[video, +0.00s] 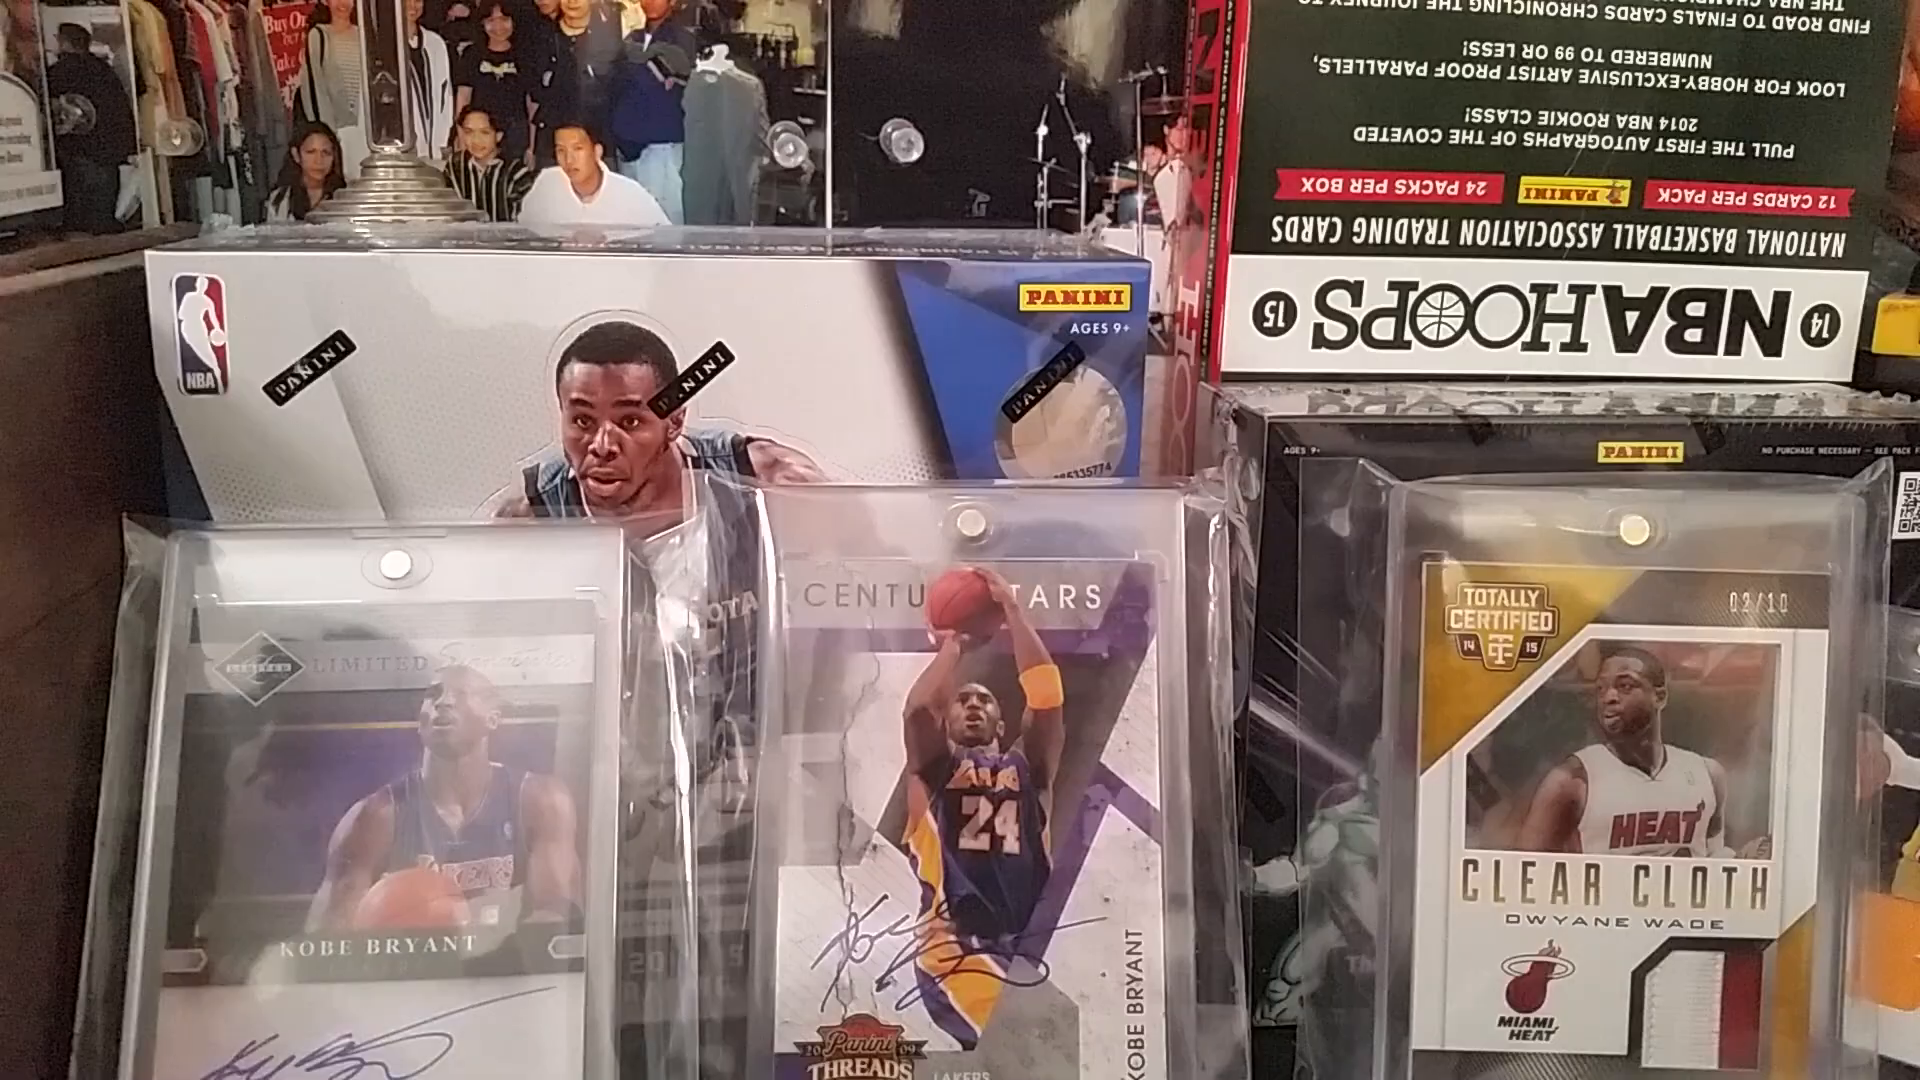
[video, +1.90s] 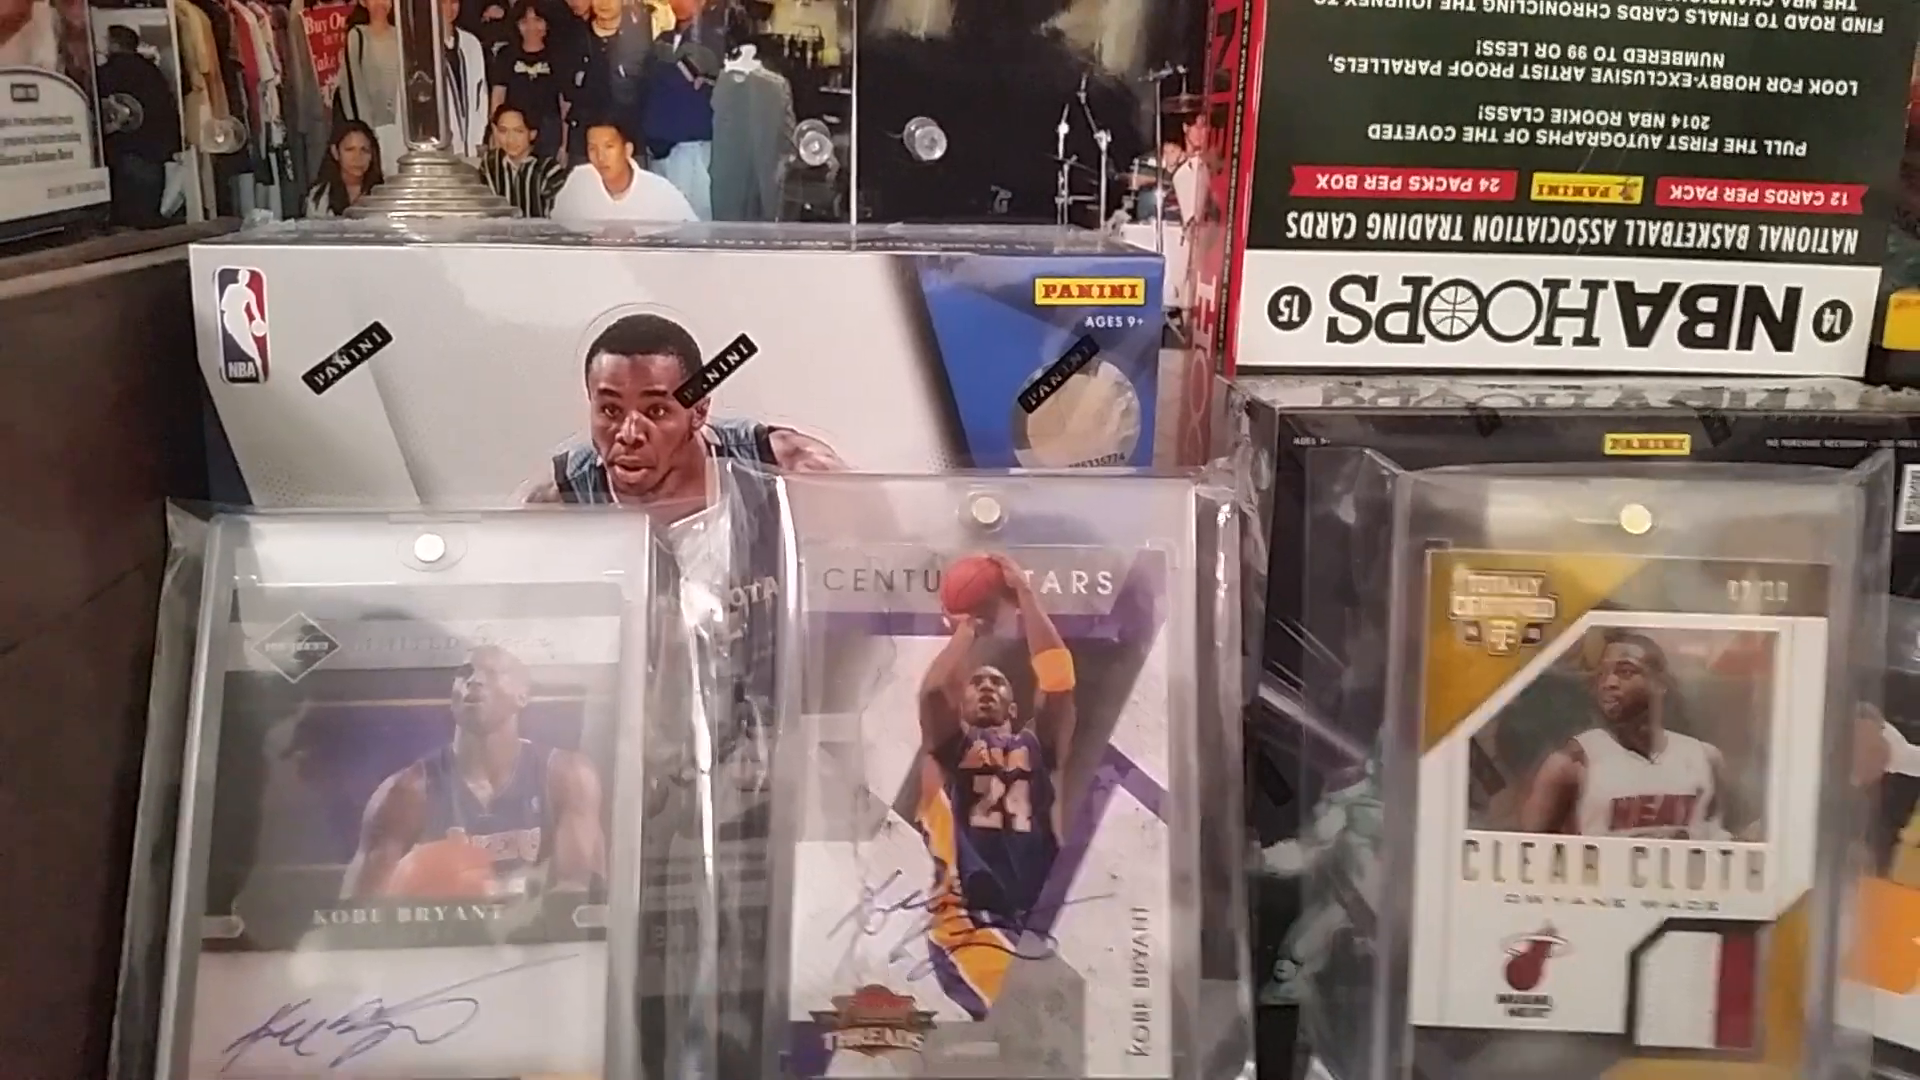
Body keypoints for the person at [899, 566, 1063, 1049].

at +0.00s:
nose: (973, 705)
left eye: (984, 700)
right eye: (963, 700)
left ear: (1002, 722)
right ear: (947, 721)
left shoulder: (1028, 766)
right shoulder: (934, 766)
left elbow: (1046, 694)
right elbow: (919, 709)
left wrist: (1012, 608)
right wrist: (952, 644)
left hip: (1024, 944)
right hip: (952, 945)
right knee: (1026, 1045)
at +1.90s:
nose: (986, 688)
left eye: (997, 683)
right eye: (975, 683)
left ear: (1014, 702)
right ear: (960, 702)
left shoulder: (1041, 746)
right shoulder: (949, 746)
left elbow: (1058, 680)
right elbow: (933, 689)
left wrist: (1025, 594)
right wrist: (970, 624)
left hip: (1035, 919)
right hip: (965, 921)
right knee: (1035, 1014)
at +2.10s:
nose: (909, 682)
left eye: (922, 672)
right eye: (898, 673)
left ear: (941, 681)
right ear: (881, 682)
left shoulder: (955, 725)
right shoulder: (876, 730)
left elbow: (979, 664)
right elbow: (858, 682)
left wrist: (947, 593)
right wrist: (893, 621)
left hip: (949, 833)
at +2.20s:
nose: (872, 675)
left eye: (884, 666)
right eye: (861, 667)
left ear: (904, 677)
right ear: (845, 677)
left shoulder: (923, 724)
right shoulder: (839, 726)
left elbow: (941, 657)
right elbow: (822, 678)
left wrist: (910, 584)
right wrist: (852, 620)